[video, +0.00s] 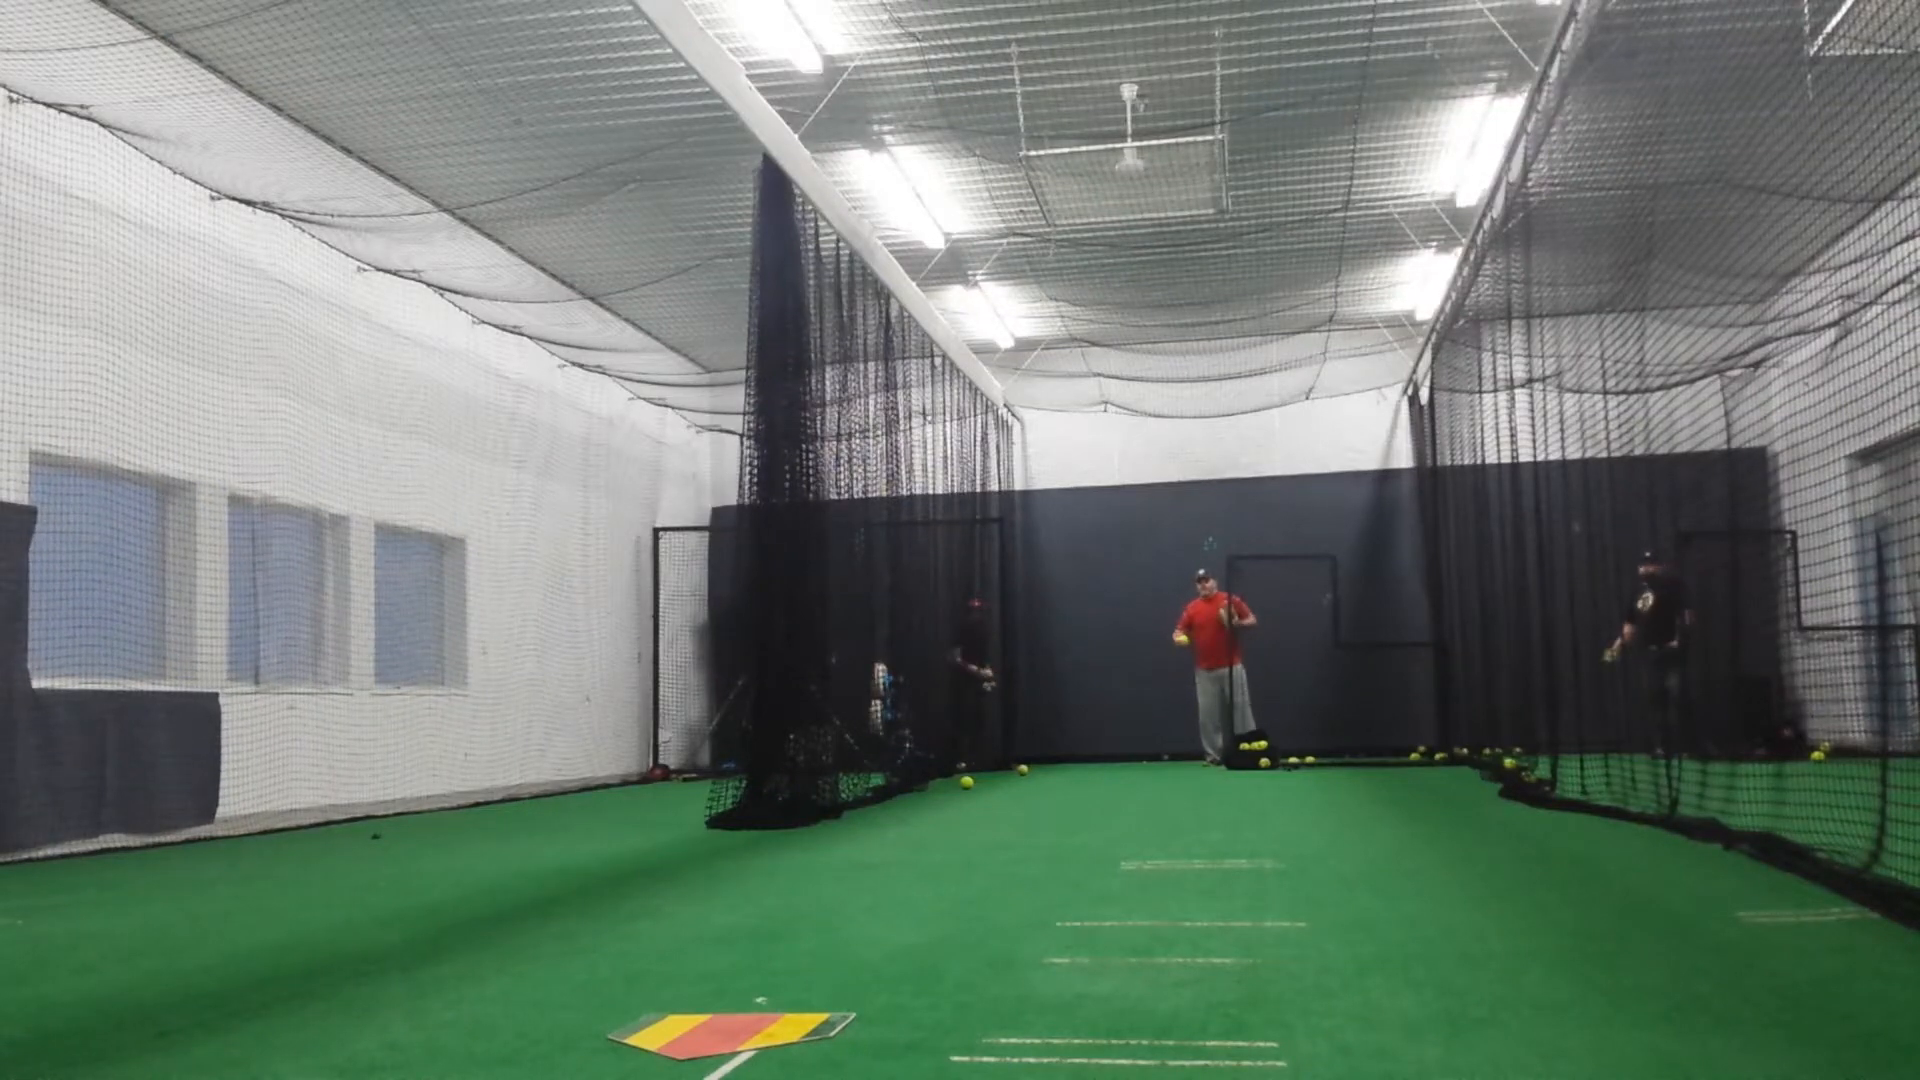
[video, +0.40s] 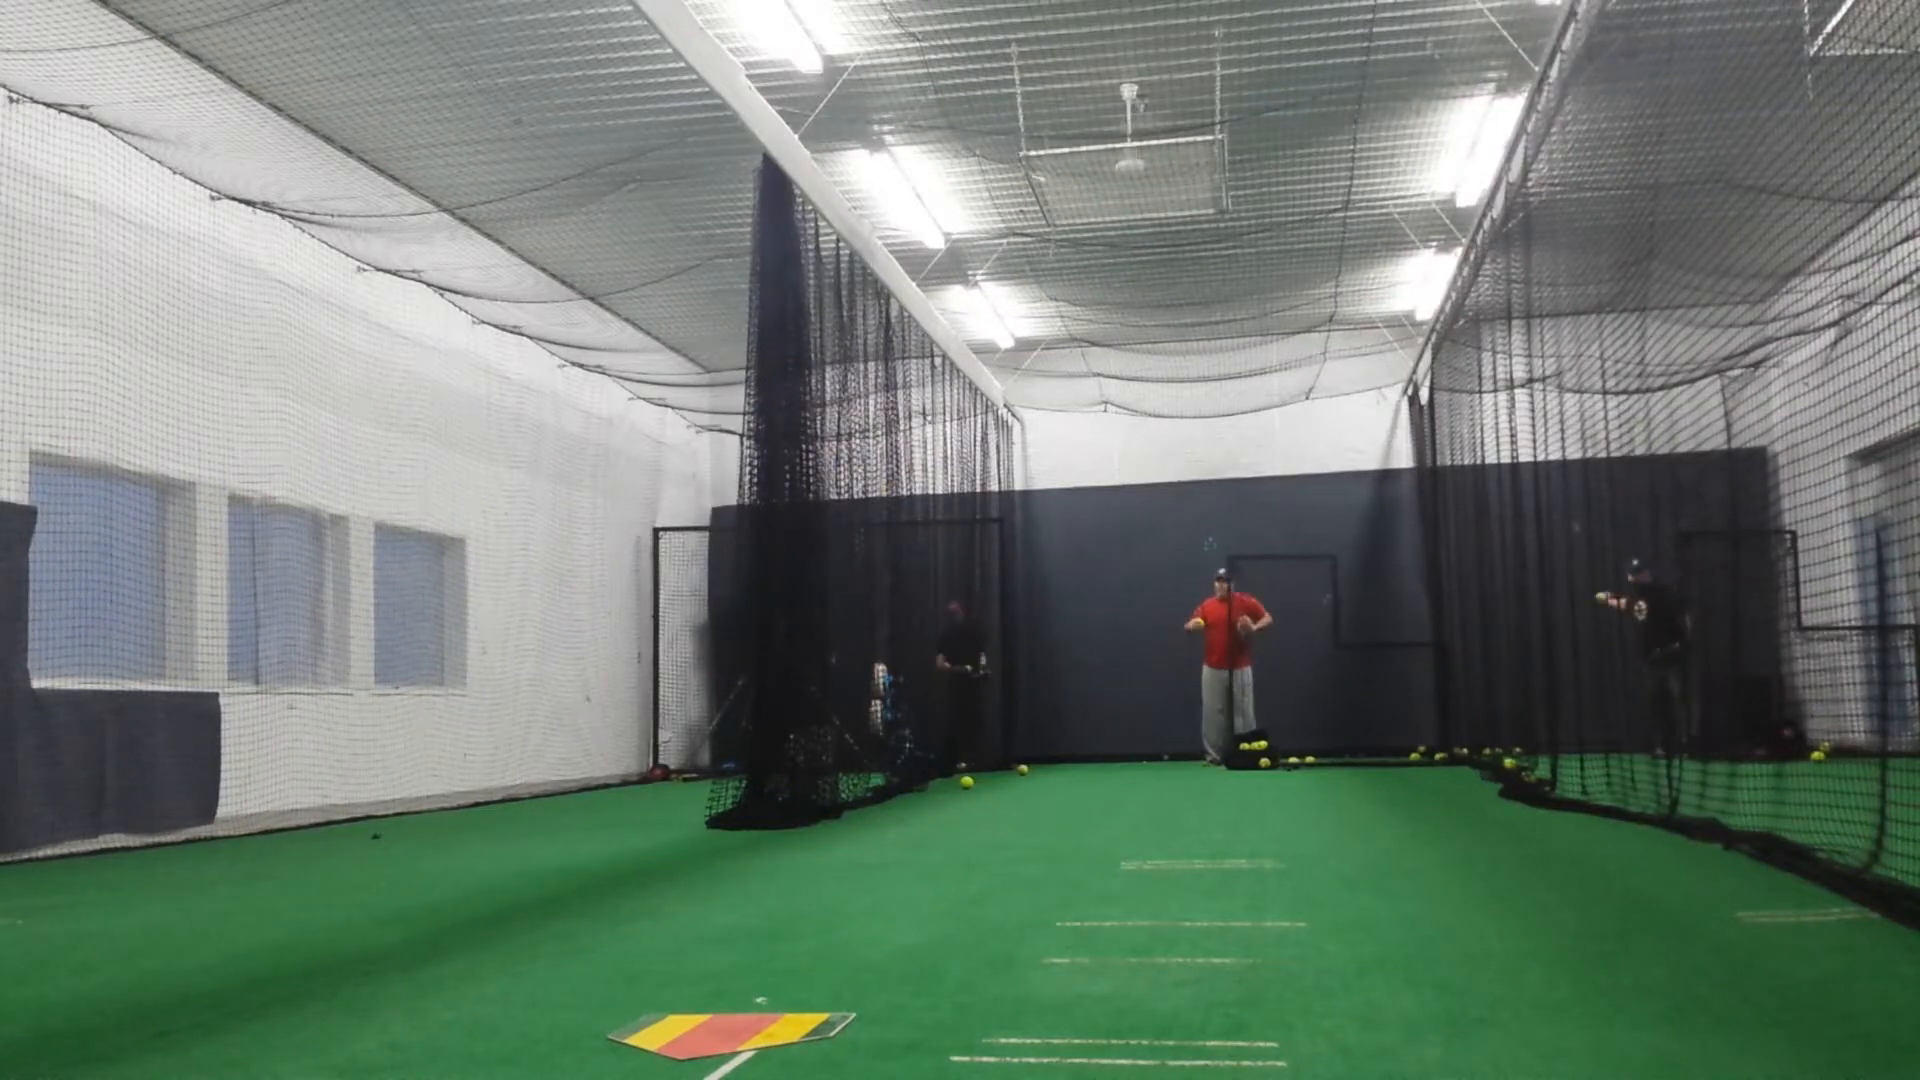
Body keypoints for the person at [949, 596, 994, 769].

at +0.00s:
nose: (975, 614)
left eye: (978, 610)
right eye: (972, 610)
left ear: (983, 612)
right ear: (966, 612)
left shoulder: (984, 633)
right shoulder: (962, 630)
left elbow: (986, 659)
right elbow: (956, 658)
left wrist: (988, 676)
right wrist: (979, 672)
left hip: (978, 683)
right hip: (963, 683)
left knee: (979, 719)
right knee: (964, 719)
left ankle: (979, 757)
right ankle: (962, 758)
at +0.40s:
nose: (955, 617)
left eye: (957, 613)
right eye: (951, 614)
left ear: (964, 612)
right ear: (948, 616)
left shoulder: (975, 630)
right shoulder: (947, 633)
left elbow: (982, 653)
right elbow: (940, 663)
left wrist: (982, 667)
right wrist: (960, 669)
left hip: (973, 682)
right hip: (955, 683)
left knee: (973, 720)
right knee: (956, 721)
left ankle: (973, 759)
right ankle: (957, 759)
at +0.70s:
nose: (937, 619)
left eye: (940, 615)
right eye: (934, 616)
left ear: (946, 614)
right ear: (932, 617)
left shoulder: (962, 630)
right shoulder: (934, 633)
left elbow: (977, 647)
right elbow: (930, 659)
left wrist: (972, 666)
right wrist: (938, 673)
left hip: (965, 679)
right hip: (945, 681)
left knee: (965, 719)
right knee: (946, 719)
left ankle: (966, 757)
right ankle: (947, 757)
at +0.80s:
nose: (935, 619)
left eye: (937, 615)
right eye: (932, 616)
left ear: (944, 614)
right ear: (930, 617)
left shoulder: (960, 630)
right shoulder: (933, 633)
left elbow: (976, 646)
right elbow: (929, 658)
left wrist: (972, 665)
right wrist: (933, 675)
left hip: (964, 680)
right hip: (943, 682)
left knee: (964, 720)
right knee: (944, 720)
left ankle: (966, 757)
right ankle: (945, 758)